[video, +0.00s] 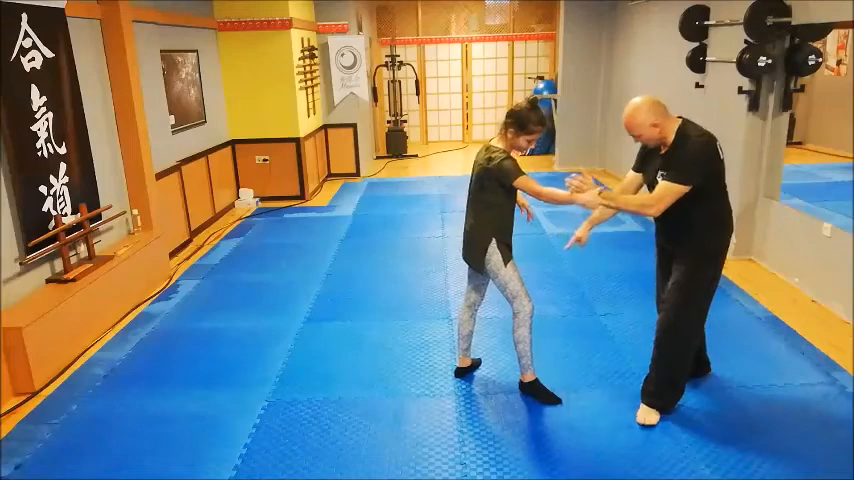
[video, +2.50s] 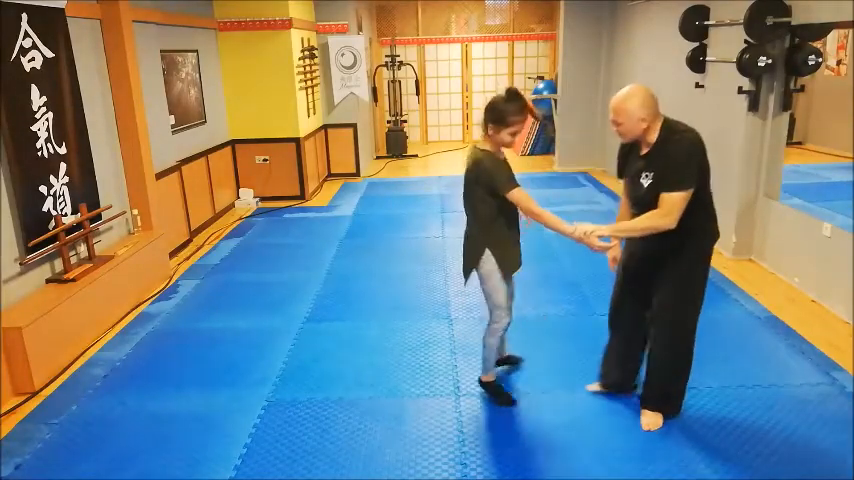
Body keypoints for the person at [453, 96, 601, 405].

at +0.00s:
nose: (531, 146)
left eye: (534, 141)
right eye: (528, 141)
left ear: (511, 130)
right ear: (511, 131)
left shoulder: (489, 150)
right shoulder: (503, 163)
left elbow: (499, 181)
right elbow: (541, 193)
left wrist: (517, 199)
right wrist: (580, 198)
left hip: (475, 238)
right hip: (490, 243)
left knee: (472, 301)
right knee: (522, 306)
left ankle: (463, 361)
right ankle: (528, 378)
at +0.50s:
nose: (530, 152)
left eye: (534, 147)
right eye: (525, 147)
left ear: (537, 138)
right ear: (510, 137)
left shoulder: (519, 158)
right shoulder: (501, 168)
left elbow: (527, 194)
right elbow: (526, 205)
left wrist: (548, 206)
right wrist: (558, 214)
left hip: (510, 240)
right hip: (499, 244)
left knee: (506, 304)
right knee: (526, 310)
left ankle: (472, 352)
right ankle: (527, 379)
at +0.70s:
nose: (525, 157)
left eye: (530, 151)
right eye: (518, 152)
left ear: (536, 142)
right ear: (504, 144)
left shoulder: (532, 160)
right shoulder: (497, 171)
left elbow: (539, 193)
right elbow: (519, 213)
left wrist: (552, 208)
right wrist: (553, 224)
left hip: (529, 236)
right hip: (504, 241)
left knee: (544, 296)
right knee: (520, 308)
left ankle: (517, 339)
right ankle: (525, 378)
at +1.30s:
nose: (490, 188)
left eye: (493, 182)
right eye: (484, 184)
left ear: (503, 167)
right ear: (479, 178)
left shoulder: (534, 166)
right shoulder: (480, 185)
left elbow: (559, 189)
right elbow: (501, 224)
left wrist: (545, 228)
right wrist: (517, 239)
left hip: (545, 243)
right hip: (509, 248)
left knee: (555, 300)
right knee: (512, 313)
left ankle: (560, 342)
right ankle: (520, 380)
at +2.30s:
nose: (510, 161)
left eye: (514, 154)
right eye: (503, 154)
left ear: (521, 148)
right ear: (490, 149)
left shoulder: (517, 163)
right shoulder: (482, 175)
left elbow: (522, 191)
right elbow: (520, 217)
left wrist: (534, 213)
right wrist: (560, 245)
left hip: (518, 240)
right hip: (488, 248)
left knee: (530, 295)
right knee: (498, 319)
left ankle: (542, 345)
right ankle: (506, 376)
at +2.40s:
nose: (512, 149)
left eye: (516, 142)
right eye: (505, 143)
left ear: (523, 134)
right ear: (489, 136)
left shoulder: (506, 158)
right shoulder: (485, 170)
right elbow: (528, 213)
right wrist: (570, 240)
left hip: (508, 238)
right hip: (484, 243)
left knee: (518, 301)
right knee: (499, 317)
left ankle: (524, 350)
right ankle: (497, 376)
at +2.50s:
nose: (516, 139)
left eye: (519, 132)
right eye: (512, 133)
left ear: (516, 124)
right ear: (491, 128)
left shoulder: (492, 153)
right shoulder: (489, 164)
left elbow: (495, 197)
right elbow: (533, 211)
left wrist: (519, 212)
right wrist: (578, 234)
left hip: (498, 242)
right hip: (486, 246)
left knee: (505, 304)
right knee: (499, 315)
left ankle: (498, 355)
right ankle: (486, 378)